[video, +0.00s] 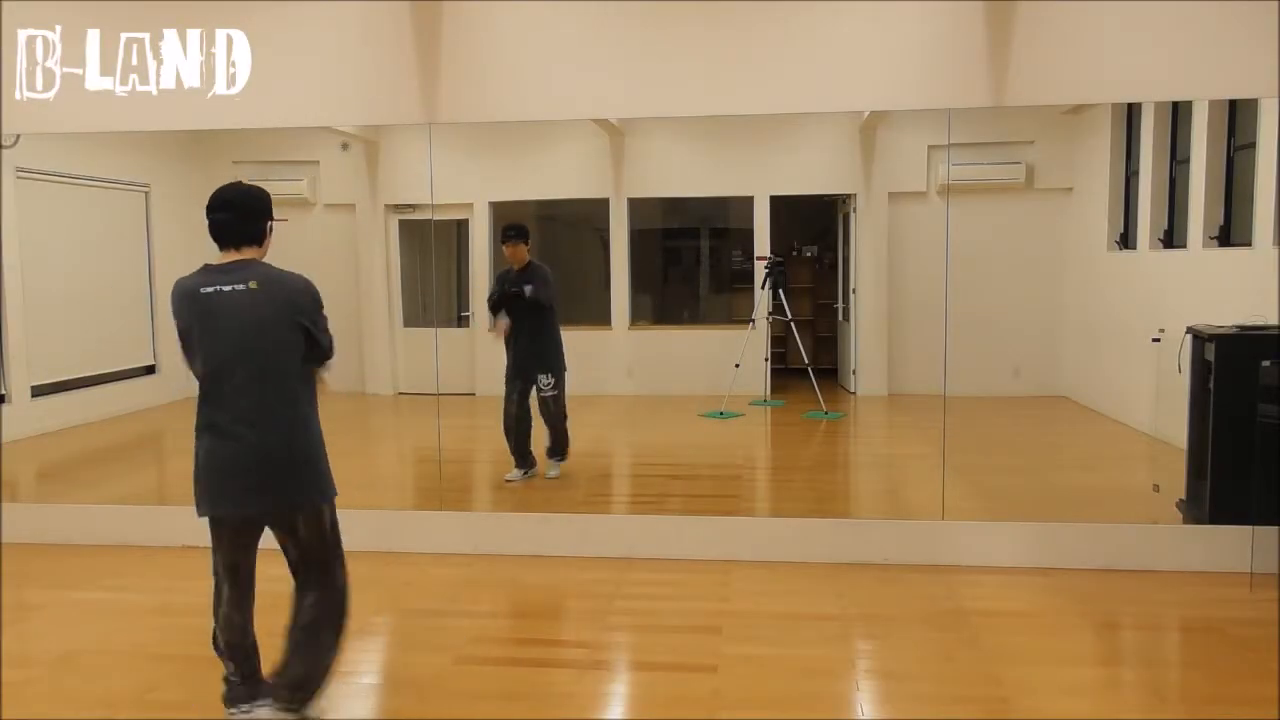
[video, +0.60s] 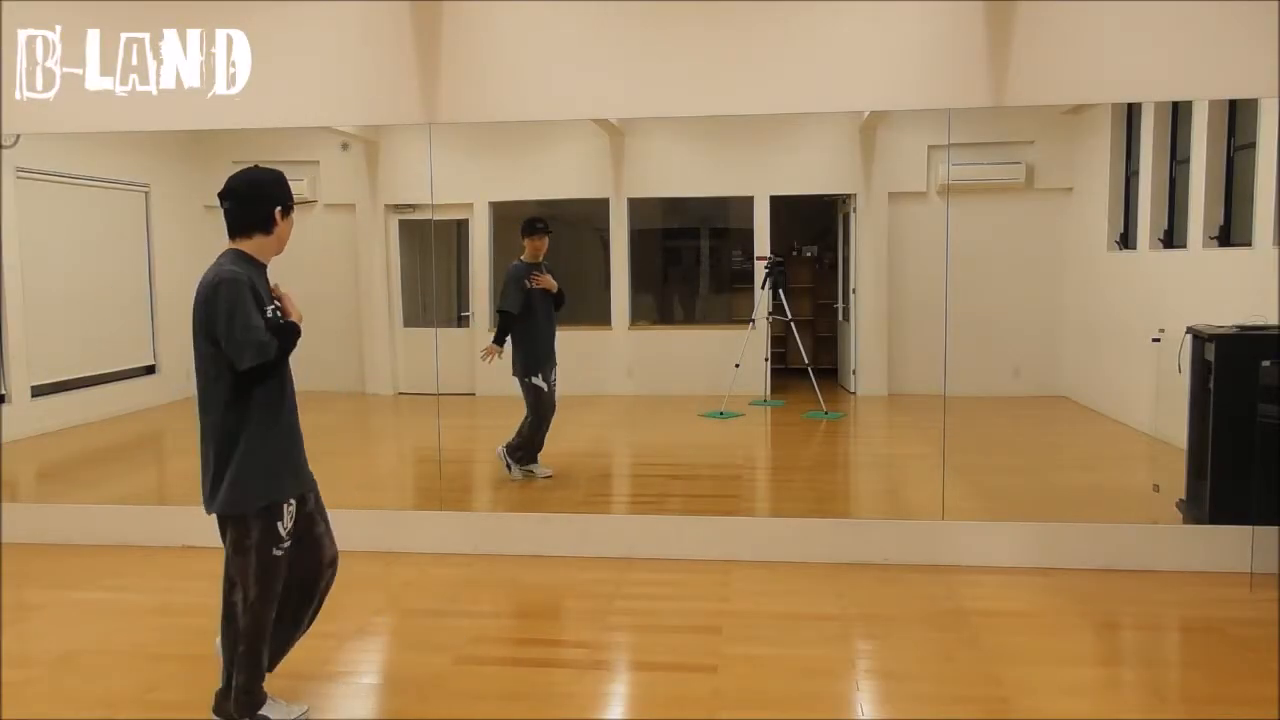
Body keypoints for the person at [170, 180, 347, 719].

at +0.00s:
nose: (272, 231)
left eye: (267, 224)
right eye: (271, 224)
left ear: (214, 233)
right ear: (267, 231)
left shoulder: (187, 292)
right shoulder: (295, 289)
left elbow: (200, 365)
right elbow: (318, 356)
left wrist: (273, 364)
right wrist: (257, 361)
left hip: (224, 468)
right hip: (292, 467)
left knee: (231, 578)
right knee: (321, 579)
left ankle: (242, 692)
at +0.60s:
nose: (291, 226)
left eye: (290, 215)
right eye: (290, 215)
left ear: (238, 216)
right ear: (276, 218)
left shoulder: (247, 278)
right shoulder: (231, 281)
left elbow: (254, 358)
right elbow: (250, 358)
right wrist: (289, 326)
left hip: (280, 462)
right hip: (251, 470)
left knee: (317, 561)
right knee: (254, 590)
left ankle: (247, 669)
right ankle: (241, 705)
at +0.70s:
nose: (293, 221)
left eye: (291, 211)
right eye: (291, 212)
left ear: (241, 218)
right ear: (279, 217)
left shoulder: (240, 275)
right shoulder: (244, 280)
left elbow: (252, 367)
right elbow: (269, 362)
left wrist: (292, 339)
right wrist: (308, 340)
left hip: (273, 459)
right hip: (253, 466)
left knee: (322, 544)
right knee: (255, 586)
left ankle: (247, 644)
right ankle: (241, 704)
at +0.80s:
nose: (295, 220)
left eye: (293, 210)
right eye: (292, 210)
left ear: (239, 219)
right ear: (281, 217)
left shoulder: (217, 280)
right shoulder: (265, 281)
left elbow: (206, 371)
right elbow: (298, 365)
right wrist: (331, 376)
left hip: (247, 460)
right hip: (261, 469)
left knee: (314, 541)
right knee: (260, 584)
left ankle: (266, 652)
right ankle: (238, 704)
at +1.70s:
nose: (290, 221)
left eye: (286, 212)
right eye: (290, 213)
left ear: (230, 221)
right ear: (284, 220)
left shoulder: (196, 288)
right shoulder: (307, 285)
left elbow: (189, 379)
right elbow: (333, 370)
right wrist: (323, 414)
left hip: (224, 475)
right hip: (295, 474)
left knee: (239, 589)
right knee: (281, 596)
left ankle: (273, 682)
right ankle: (255, 710)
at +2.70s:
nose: (274, 225)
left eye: (272, 217)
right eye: (274, 218)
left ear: (212, 225)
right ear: (267, 224)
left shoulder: (176, 289)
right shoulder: (293, 289)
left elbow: (169, 380)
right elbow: (304, 385)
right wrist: (314, 447)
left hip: (183, 477)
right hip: (261, 475)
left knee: (195, 607)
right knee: (261, 601)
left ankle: (210, 711)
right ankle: (259, 711)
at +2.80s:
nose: (281, 250)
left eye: (280, 243)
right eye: (280, 242)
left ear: (219, 241)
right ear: (270, 242)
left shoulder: (174, 296)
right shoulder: (289, 300)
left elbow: (159, 391)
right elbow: (298, 399)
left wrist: (185, 460)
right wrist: (312, 467)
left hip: (180, 487)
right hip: (257, 486)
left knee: (194, 611)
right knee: (263, 605)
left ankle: (210, 711)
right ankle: (257, 710)